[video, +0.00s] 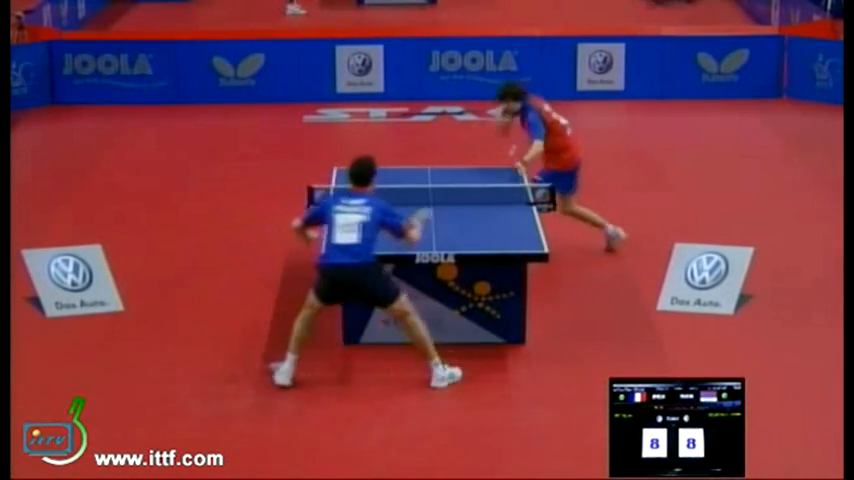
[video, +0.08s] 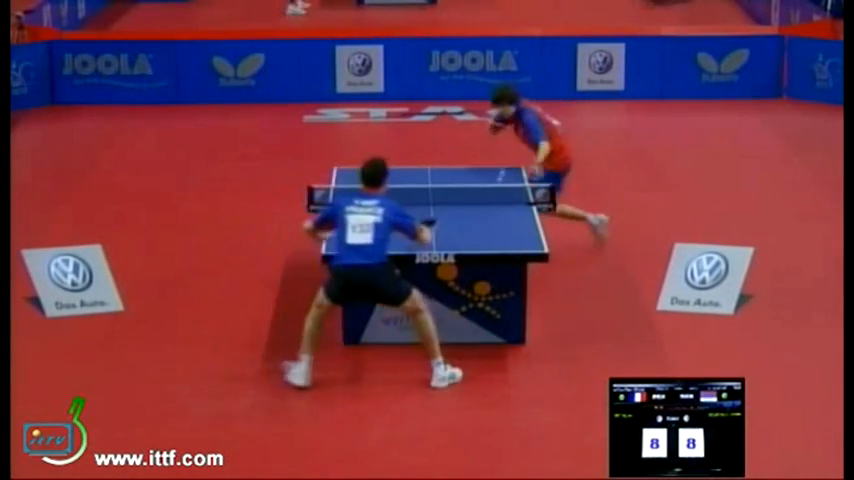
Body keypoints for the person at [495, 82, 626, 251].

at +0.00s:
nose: (505, 108)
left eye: (506, 104)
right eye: (503, 104)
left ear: (515, 101)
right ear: (519, 98)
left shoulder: (531, 113)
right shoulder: (531, 102)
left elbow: (539, 144)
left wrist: (524, 162)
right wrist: (507, 117)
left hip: (565, 164)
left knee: (566, 207)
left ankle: (609, 229)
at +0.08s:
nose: (497, 112)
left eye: (499, 108)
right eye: (497, 108)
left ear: (509, 106)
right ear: (508, 106)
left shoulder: (527, 116)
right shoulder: (514, 112)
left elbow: (544, 144)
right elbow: (494, 130)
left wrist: (537, 164)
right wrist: (497, 120)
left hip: (557, 161)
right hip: (547, 159)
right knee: (534, 199)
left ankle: (592, 219)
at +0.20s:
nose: (493, 113)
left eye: (495, 109)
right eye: (491, 109)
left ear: (503, 106)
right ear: (490, 108)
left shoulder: (523, 117)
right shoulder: (498, 116)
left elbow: (549, 139)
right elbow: (484, 127)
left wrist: (553, 161)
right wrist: (487, 135)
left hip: (543, 161)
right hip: (528, 159)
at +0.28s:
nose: (489, 110)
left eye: (492, 106)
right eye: (487, 107)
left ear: (501, 105)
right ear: (485, 107)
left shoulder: (519, 116)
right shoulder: (490, 115)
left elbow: (548, 134)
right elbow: (474, 128)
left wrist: (558, 157)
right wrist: (481, 138)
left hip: (533, 163)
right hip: (513, 161)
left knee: (522, 198)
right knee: (494, 186)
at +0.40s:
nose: (483, 103)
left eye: (486, 100)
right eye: (480, 100)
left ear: (493, 98)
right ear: (476, 99)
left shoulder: (508, 109)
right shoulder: (476, 108)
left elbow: (538, 125)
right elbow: (459, 126)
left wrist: (555, 148)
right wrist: (472, 136)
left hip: (517, 156)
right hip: (496, 155)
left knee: (516, 191)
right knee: (479, 181)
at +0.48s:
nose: (479, 98)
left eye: (482, 94)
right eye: (476, 94)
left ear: (488, 92)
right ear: (471, 94)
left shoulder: (501, 104)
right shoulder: (469, 105)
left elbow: (528, 119)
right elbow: (449, 122)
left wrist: (544, 140)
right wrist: (461, 134)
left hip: (503, 155)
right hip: (481, 154)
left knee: (504, 191)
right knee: (468, 186)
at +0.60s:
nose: (473, 86)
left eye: (477, 81)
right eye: (470, 82)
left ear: (483, 81)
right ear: (465, 83)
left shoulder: (494, 97)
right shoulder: (459, 97)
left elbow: (516, 112)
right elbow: (439, 114)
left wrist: (527, 132)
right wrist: (448, 129)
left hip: (492, 151)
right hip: (466, 151)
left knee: (496, 189)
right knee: (459, 188)